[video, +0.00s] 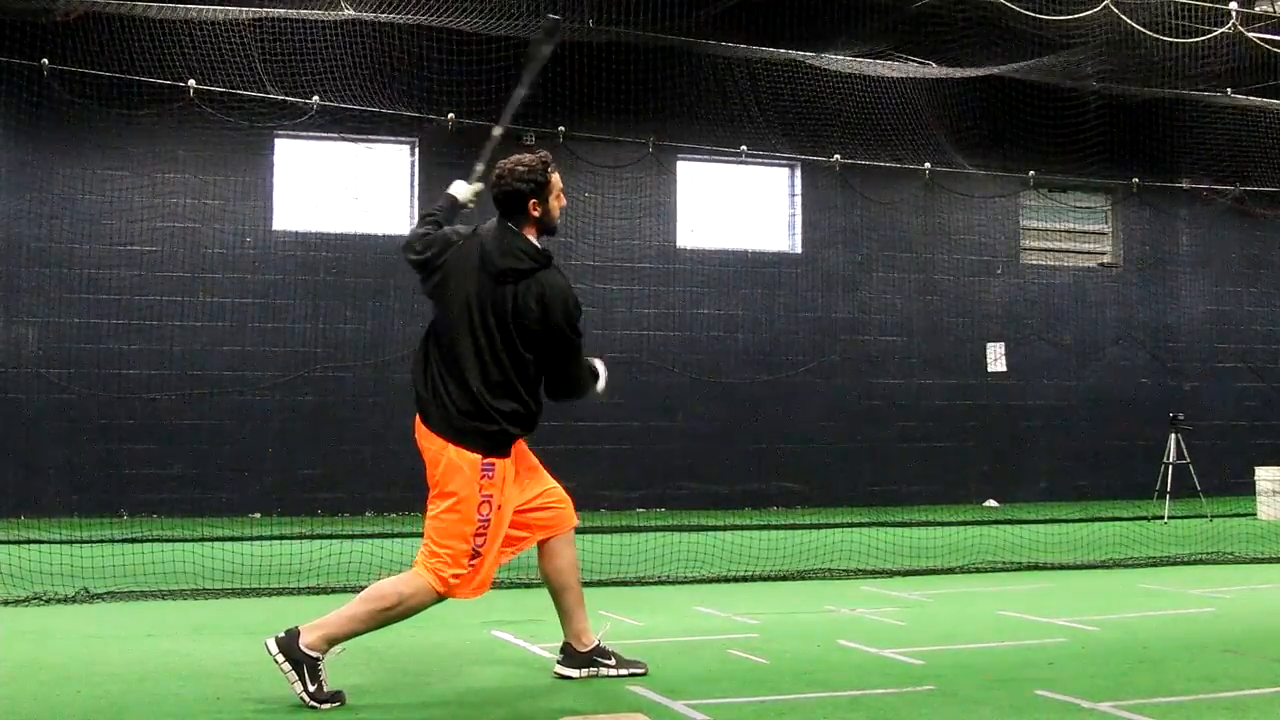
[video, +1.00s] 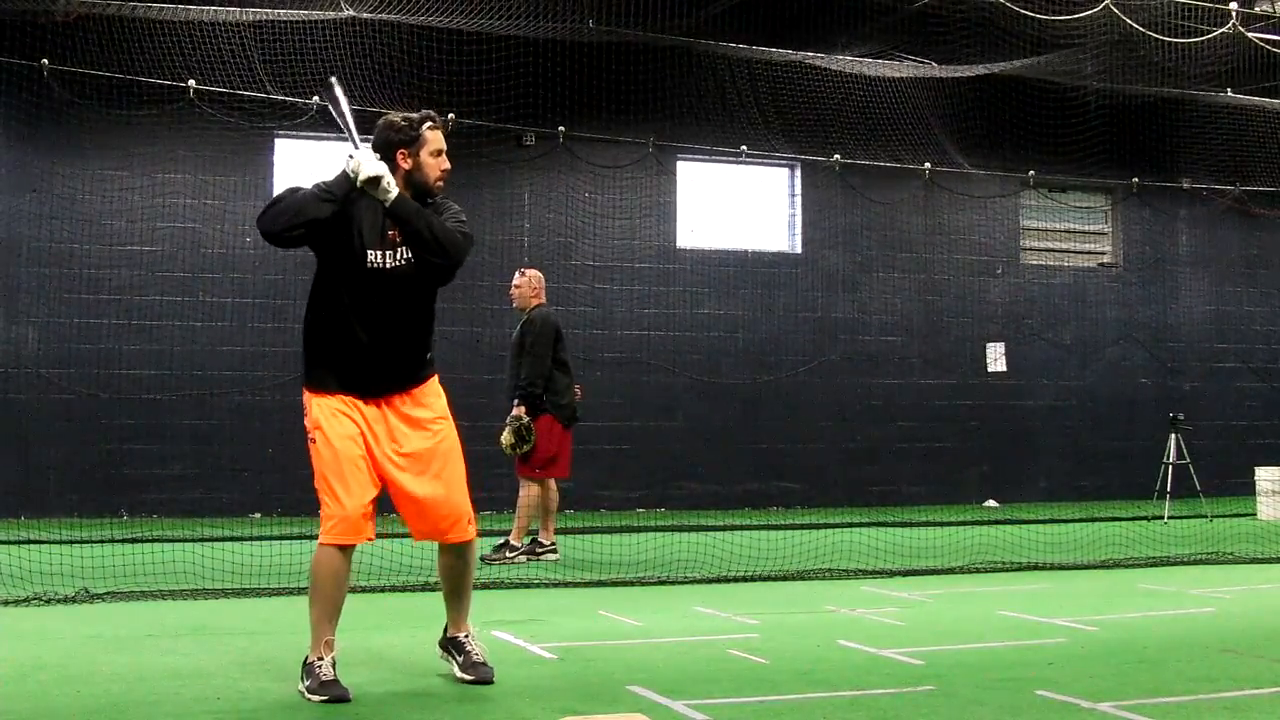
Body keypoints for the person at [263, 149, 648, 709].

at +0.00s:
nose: (564, 199)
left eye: (561, 191)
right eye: (558, 193)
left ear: (512, 204)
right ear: (535, 205)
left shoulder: (458, 246)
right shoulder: (548, 289)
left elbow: (420, 241)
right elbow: (565, 382)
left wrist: (451, 200)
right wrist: (594, 374)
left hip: (449, 421)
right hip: (478, 442)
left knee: (553, 515)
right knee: (442, 575)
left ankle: (581, 647)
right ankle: (304, 644)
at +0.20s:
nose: (438, 147)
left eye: (437, 137)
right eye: (430, 137)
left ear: (403, 143)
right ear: (395, 143)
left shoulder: (434, 199)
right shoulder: (335, 200)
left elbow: (447, 241)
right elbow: (263, 233)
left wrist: (378, 188)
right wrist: (326, 187)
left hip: (415, 383)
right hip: (339, 387)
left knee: (455, 521)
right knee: (335, 526)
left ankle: (462, 630)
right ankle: (321, 658)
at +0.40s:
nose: (439, 144)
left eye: (439, 135)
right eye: (430, 135)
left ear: (407, 141)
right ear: (395, 141)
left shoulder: (439, 196)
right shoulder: (339, 200)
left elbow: (455, 226)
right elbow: (272, 245)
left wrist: (384, 182)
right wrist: (327, 191)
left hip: (424, 383)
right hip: (347, 388)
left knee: (452, 522)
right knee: (340, 525)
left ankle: (456, 639)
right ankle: (321, 657)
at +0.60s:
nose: (448, 147)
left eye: (447, 138)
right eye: (439, 138)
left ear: (416, 145)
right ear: (404, 146)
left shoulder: (448, 199)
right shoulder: (350, 203)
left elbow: (461, 230)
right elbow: (284, 248)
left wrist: (393, 183)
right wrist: (344, 196)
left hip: (435, 387)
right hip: (360, 391)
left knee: (457, 523)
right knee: (353, 524)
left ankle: (454, 643)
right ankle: (321, 657)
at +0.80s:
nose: (450, 157)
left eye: (449, 148)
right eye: (441, 148)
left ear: (422, 153)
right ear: (408, 154)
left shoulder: (450, 210)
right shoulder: (350, 206)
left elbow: (461, 245)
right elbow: (282, 235)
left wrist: (397, 194)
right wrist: (348, 189)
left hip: (430, 393)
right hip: (355, 394)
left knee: (458, 526)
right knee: (357, 520)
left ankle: (454, 644)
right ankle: (322, 657)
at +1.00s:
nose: (446, 163)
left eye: (445, 153)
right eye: (438, 154)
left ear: (416, 157)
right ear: (404, 158)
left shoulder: (441, 216)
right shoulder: (343, 206)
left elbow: (450, 254)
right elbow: (272, 223)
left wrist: (393, 196)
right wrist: (344, 182)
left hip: (415, 393)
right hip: (339, 395)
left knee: (457, 526)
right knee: (345, 522)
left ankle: (459, 634)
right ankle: (320, 657)